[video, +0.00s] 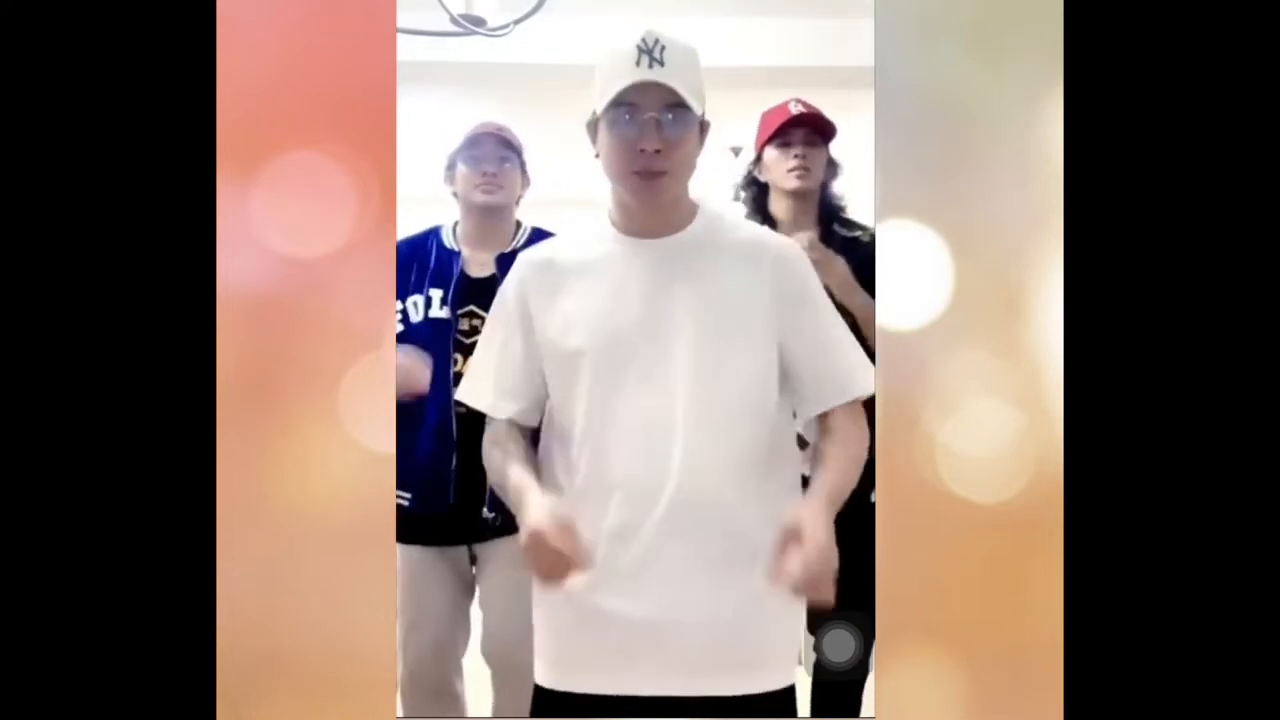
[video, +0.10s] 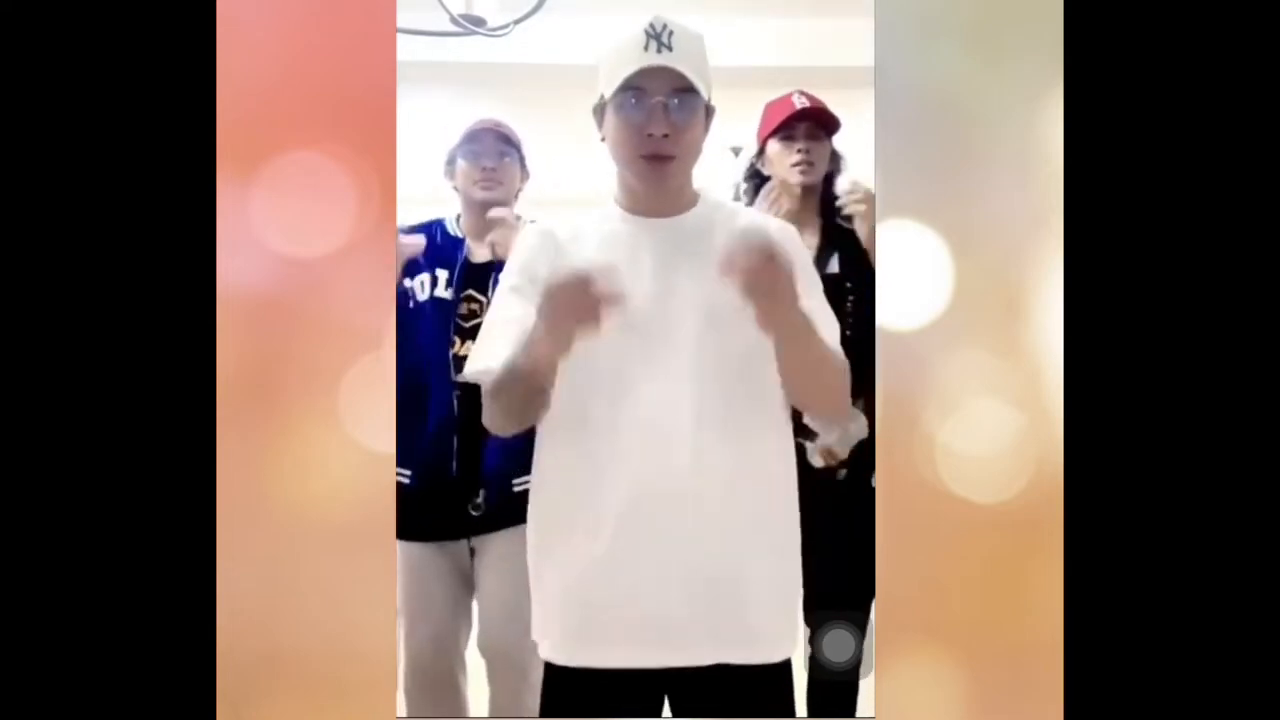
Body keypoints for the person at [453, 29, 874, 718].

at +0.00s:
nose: (650, 139)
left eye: (672, 117)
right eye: (627, 116)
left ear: (701, 137)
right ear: (594, 136)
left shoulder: (772, 266)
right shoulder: (543, 276)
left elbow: (844, 419)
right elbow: (503, 433)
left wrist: (820, 507)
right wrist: (531, 503)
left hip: (743, 654)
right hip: (587, 655)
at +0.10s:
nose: (658, 119)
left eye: (680, 99)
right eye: (635, 99)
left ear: (709, 121)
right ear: (601, 121)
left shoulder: (766, 244)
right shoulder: (551, 247)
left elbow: (831, 407)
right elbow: (501, 416)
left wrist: (781, 310)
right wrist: (549, 339)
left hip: (737, 610)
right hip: (592, 612)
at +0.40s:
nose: (661, 173)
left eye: (683, 147)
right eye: (640, 147)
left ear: (713, 144)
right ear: (604, 140)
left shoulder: (761, 249)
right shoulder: (549, 244)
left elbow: (794, 420)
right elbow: (513, 413)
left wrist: (753, 322)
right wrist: (560, 318)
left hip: (728, 619)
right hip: (585, 620)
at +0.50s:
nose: (663, 219)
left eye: (683, 199)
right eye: (645, 198)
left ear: (721, 149)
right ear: (603, 142)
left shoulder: (769, 233)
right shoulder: (543, 223)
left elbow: (811, 367)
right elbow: (497, 357)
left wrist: (774, 366)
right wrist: (547, 363)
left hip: (728, 598)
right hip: (585, 599)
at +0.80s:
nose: (661, 189)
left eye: (685, 162)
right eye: (638, 161)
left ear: (717, 166)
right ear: (599, 158)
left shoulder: (769, 271)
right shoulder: (535, 261)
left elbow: (787, 448)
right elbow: (502, 431)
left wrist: (758, 388)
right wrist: (558, 402)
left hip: (718, 604)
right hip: (580, 606)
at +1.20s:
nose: (701, 118)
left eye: (719, 97)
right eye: (676, 91)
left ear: (732, 116)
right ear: (623, 107)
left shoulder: (767, 250)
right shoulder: (559, 223)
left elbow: (780, 435)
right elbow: (518, 391)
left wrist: (755, 343)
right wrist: (548, 333)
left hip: (728, 597)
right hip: (595, 591)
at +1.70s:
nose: (616, 100)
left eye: (642, 83)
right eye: (600, 84)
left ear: (686, 106)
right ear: (582, 109)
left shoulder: (767, 223)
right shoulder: (554, 243)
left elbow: (842, 370)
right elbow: (514, 418)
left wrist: (782, 370)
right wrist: (529, 370)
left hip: (746, 589)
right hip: (600, 592)